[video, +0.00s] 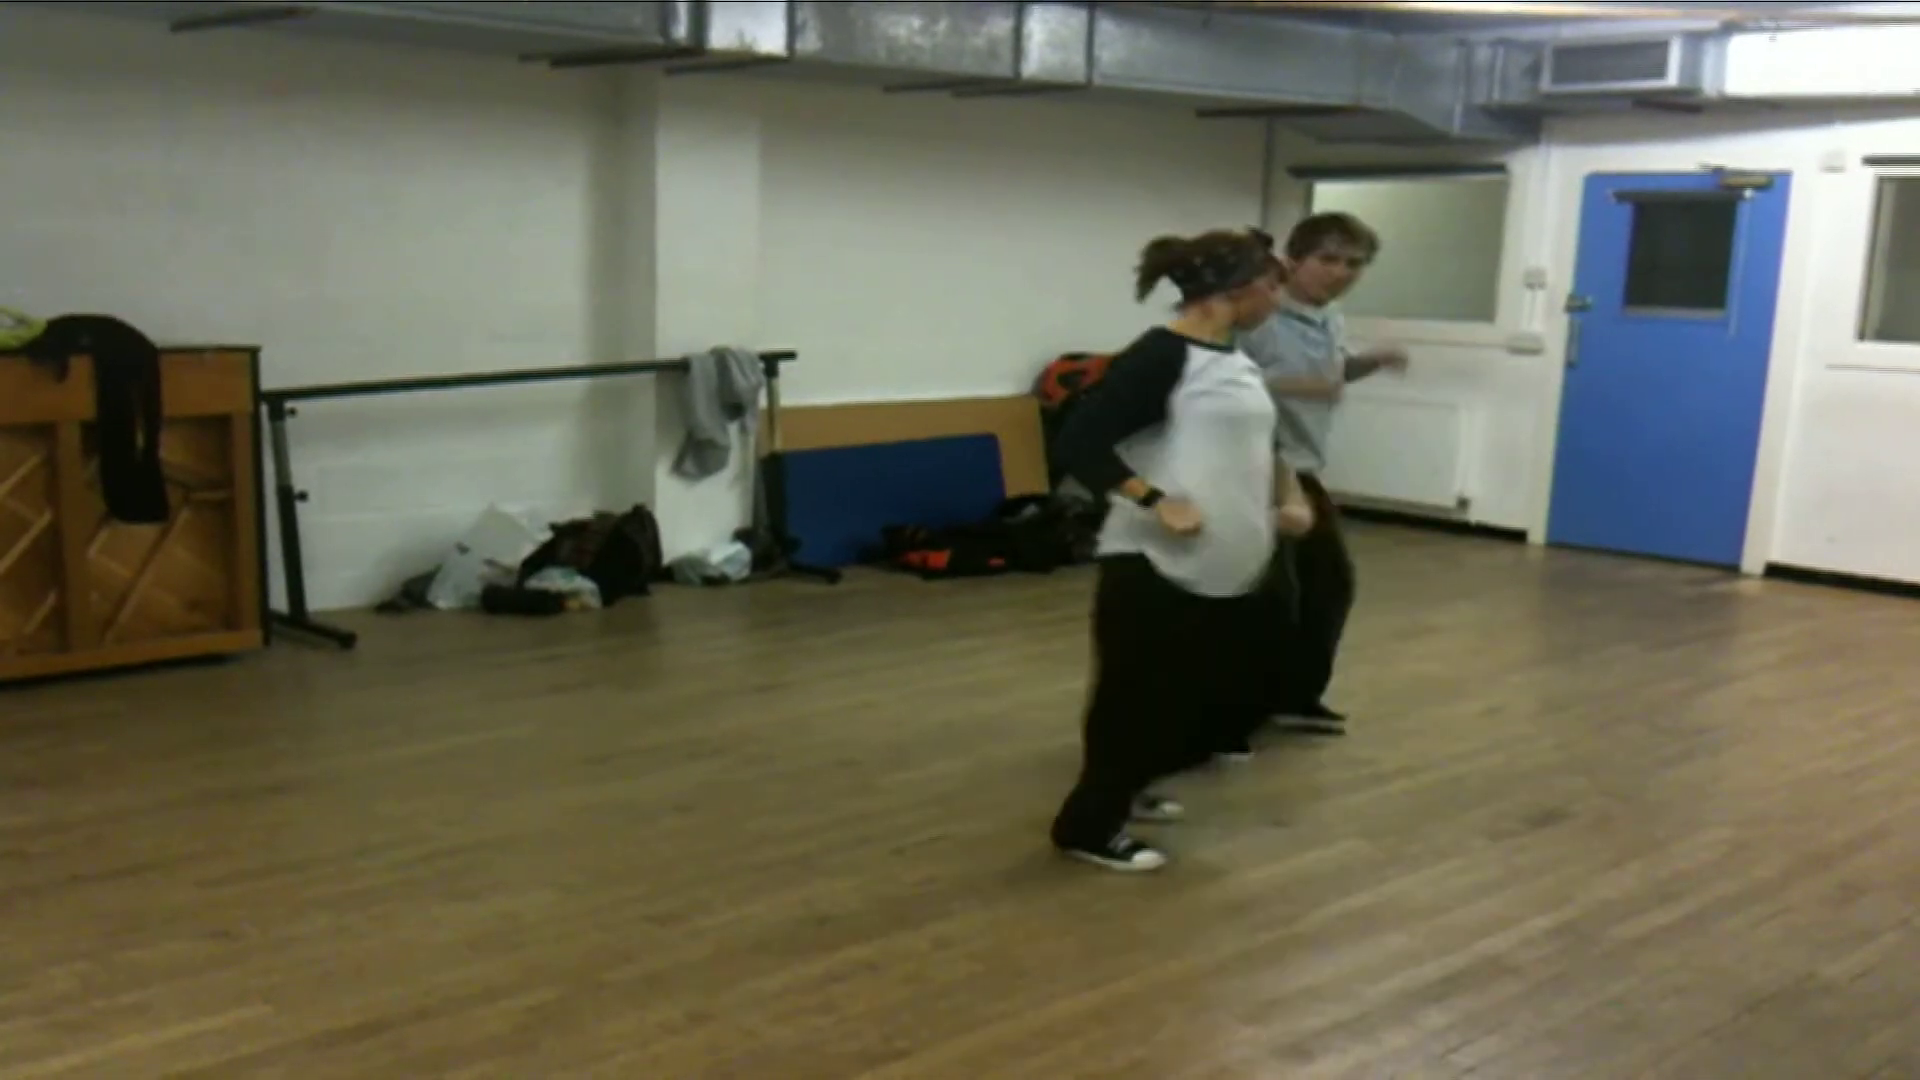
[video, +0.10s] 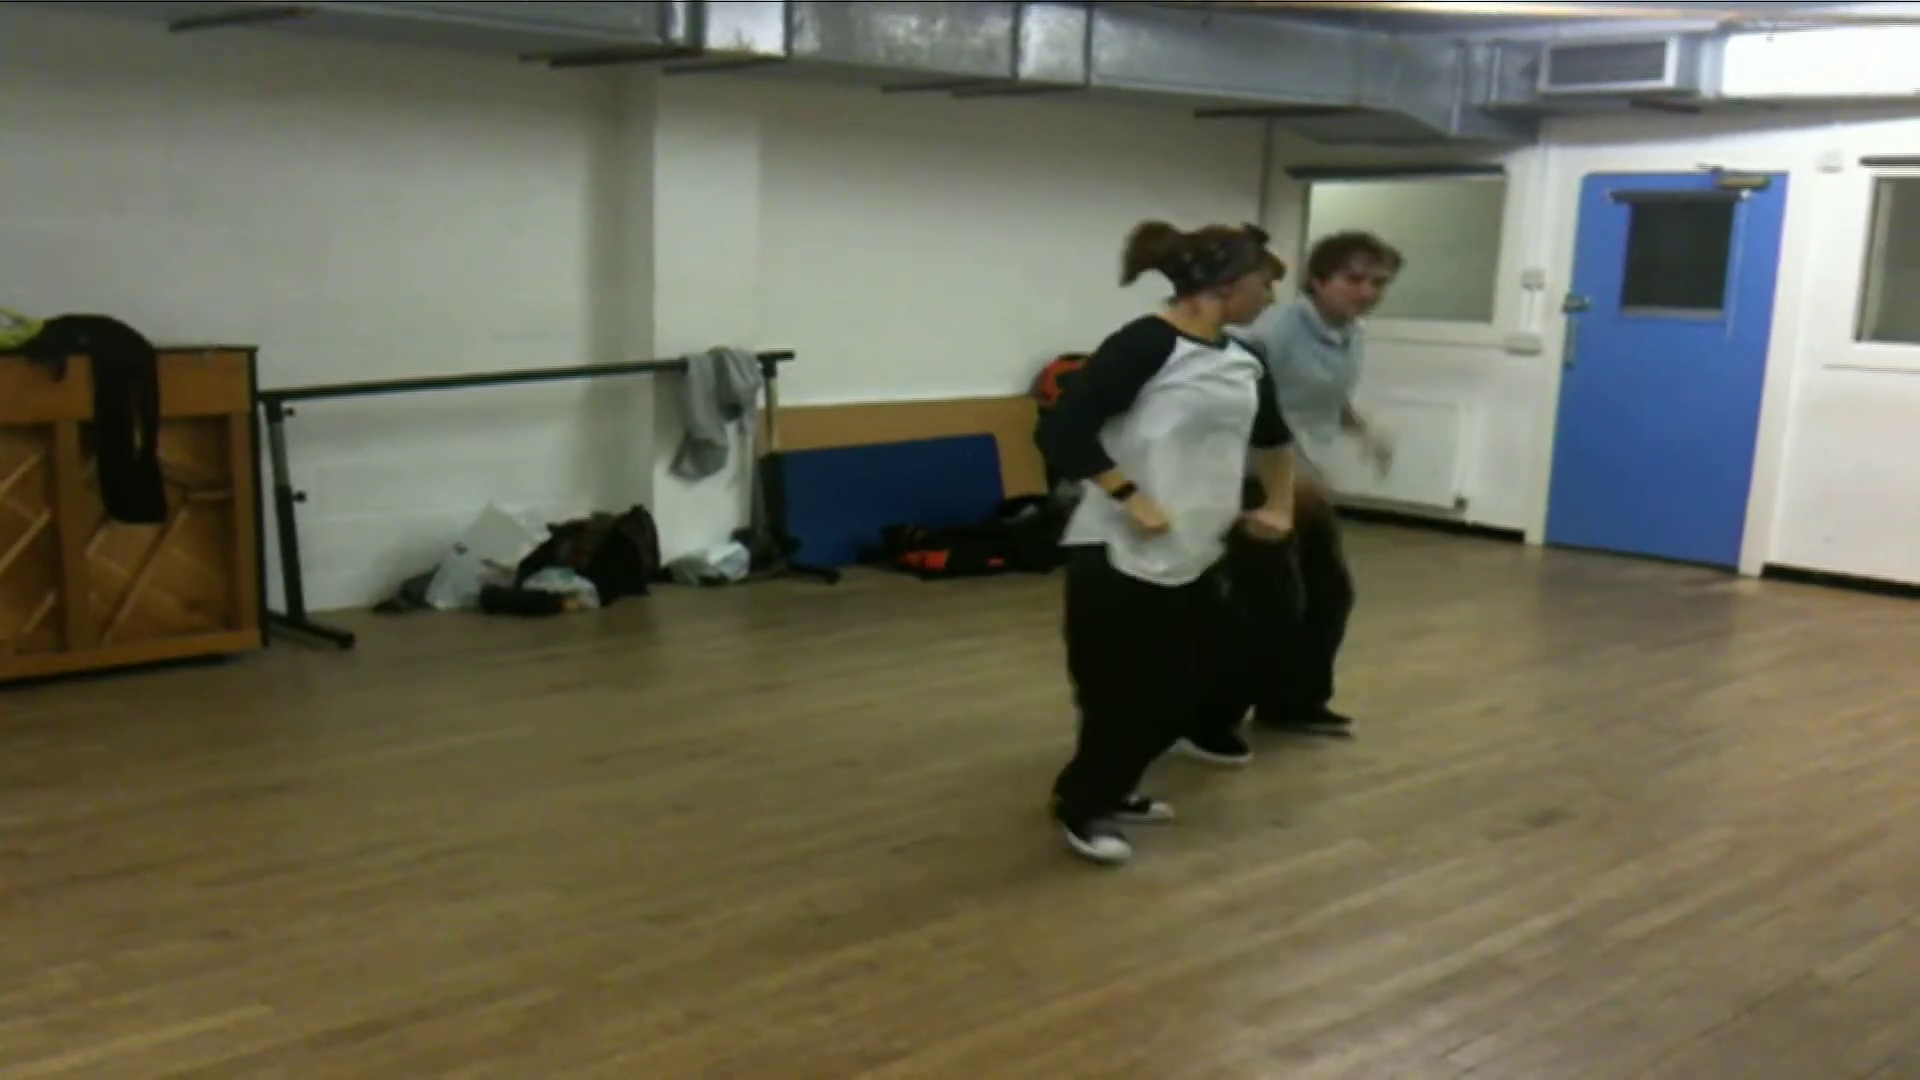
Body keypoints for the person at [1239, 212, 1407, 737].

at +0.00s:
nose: (1342, 274)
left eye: (1352, 265)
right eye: (1332, 260)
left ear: (1356, 272)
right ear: (1296, 260)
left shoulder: (1327, 321)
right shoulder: (1257, 316)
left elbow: (1328, 373)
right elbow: (1233, 379)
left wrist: (1373, 362)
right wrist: (1296, 385)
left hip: (1305, 473)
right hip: (1263, 472)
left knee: (1332, 581)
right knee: (1273, 590)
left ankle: (1300, 695)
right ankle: (1243, 707)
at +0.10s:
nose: (1367, 293)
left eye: (1376, 283)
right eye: (1356, 279)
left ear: (1379, 289)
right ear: (1323, 280)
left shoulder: (1348, 338)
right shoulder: (1280, 329)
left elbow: (1332, 401)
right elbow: (1239, 397)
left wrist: (1365, 433)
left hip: (1305, 482)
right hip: (1254, 481)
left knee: (1329, 589)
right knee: (1265, 596)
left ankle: (1300, 699)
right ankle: (1216, 714)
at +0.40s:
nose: (1416, 347)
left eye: (1420, 337)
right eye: (1408, 333)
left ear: (1372, 335)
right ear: (1364, 330)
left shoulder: (1368, 389)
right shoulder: (1293, 363)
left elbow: (1310, 453)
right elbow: (1272, 459)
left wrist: (1328, 498)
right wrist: (1307, 507)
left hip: (1297, 511)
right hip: (1240, 508)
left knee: (1368, 596)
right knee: (1267, 621)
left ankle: (1299, 689)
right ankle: (1187, 723)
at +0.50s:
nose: (1434, 347)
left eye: (1437, 338)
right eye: (1425, 335)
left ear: (1384, 337)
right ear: (1381, 334)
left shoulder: (1364, 386)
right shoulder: (1320, 370)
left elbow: (1313, 458)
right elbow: (1284, 460)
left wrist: (1336, 498)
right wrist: (1304, 523)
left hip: (1298, 514)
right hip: (1247, 514)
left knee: (1375, 574)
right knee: (1271, 621)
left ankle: (1347, 686)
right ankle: (1185, 722)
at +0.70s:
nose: (1459, 305)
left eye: (1459, 294)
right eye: (1449, 295)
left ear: (1418, 307)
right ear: (1409, 305)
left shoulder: (1419, 357)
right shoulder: (1374, 362)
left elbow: (1367, 435)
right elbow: (1298, 438)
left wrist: (1373, 499)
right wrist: (1307, 513)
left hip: (1347, 498)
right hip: (1296, 496)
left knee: (1376, 589)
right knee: (1282, 617)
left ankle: (1388, 698)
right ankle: (1180, 723)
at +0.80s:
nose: (1455, 292)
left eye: (1455, 282)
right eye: (1444, 281)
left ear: (1406, 291)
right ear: (1398, 289)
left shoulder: (1414, 353)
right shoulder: (1355, 355)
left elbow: (1392, 441)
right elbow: (1315, 449)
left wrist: (1411, 509)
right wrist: (1347, 514)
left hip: (1388, 504)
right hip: (1334, 503)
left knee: (1419, 583)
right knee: (1307, 616)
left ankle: (1396, 693)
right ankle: (1202, 715)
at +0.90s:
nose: (1450, 290)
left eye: (1451, 280)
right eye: (1438, 279)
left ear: (1404, 291)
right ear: (1396, 288)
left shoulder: (1431, 346)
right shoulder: (1335, 356)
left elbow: (1446, 427)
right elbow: (1318, 452)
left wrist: (1455, 491)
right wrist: (1363, 512)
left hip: (1422, 505)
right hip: (1351, 506)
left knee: (1448, 584)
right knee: (1337, 612)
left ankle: (1395, 691)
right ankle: (1239, 717)